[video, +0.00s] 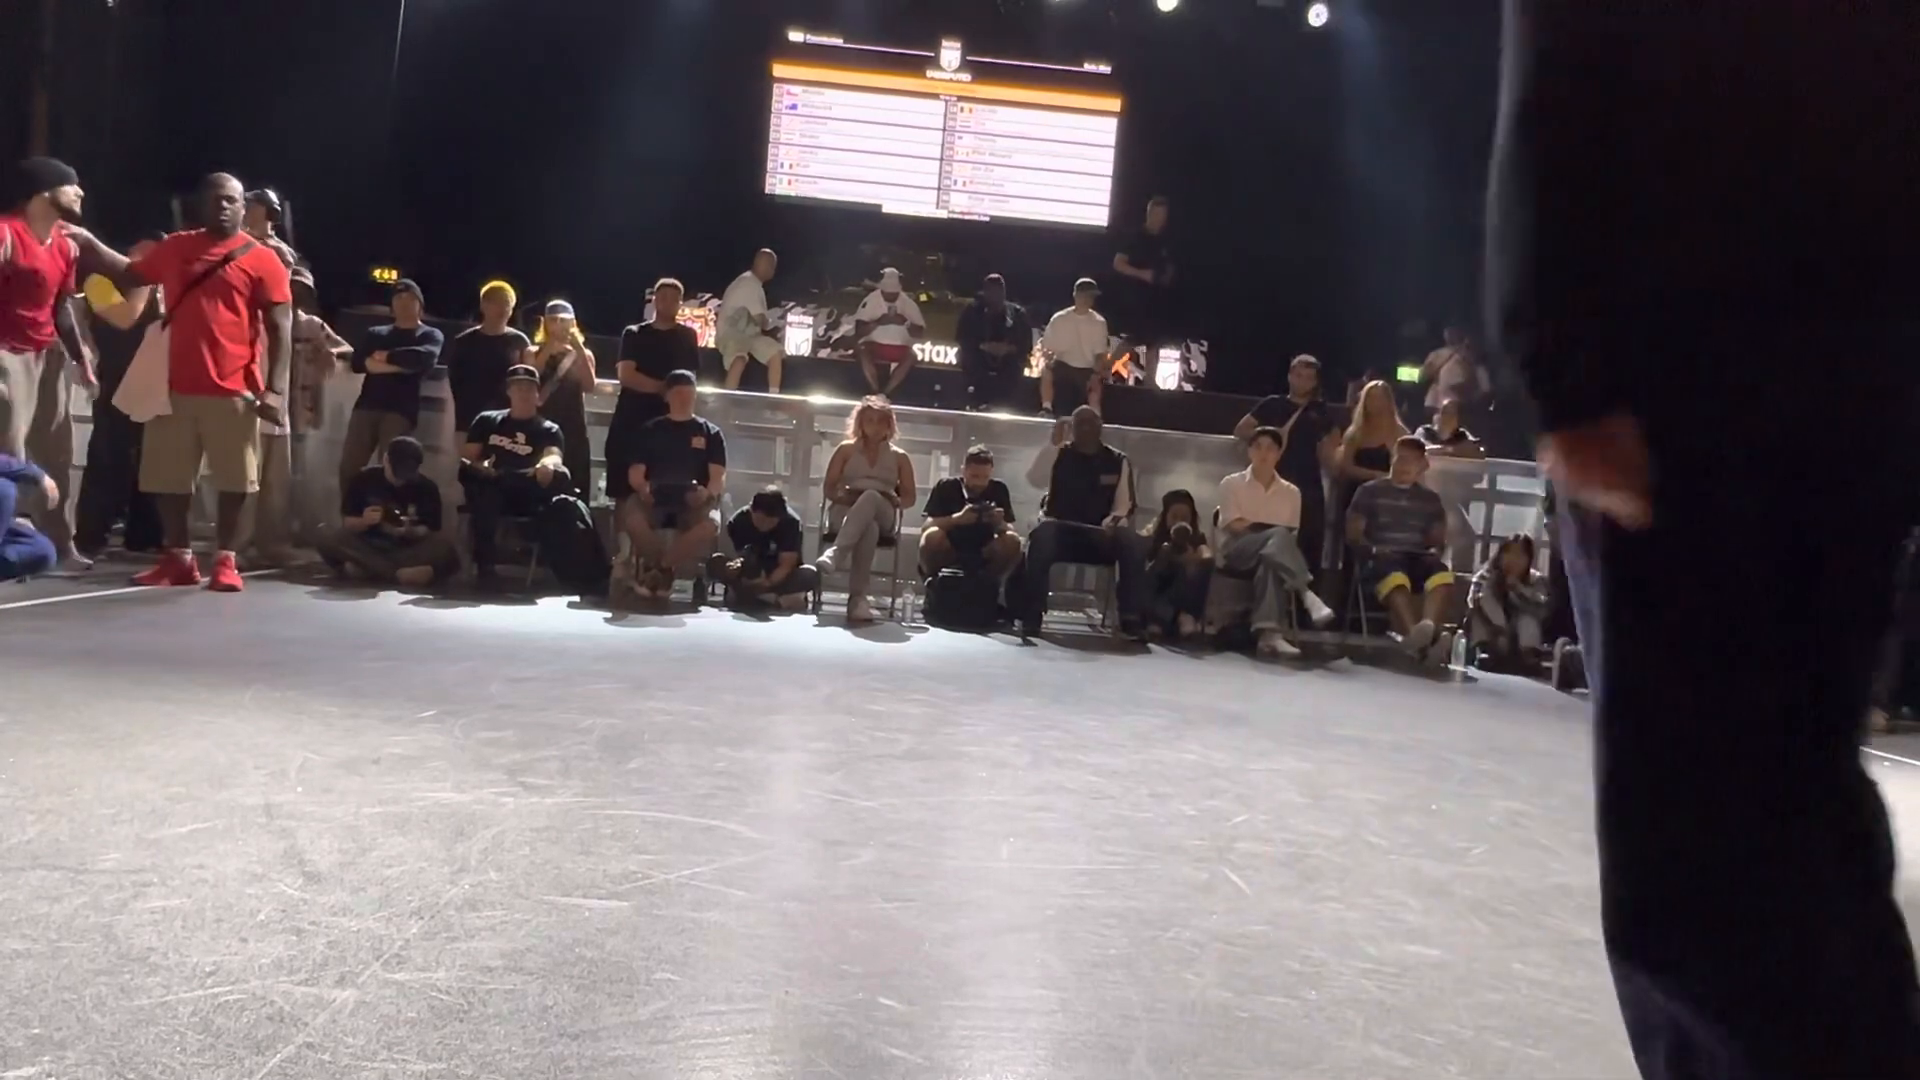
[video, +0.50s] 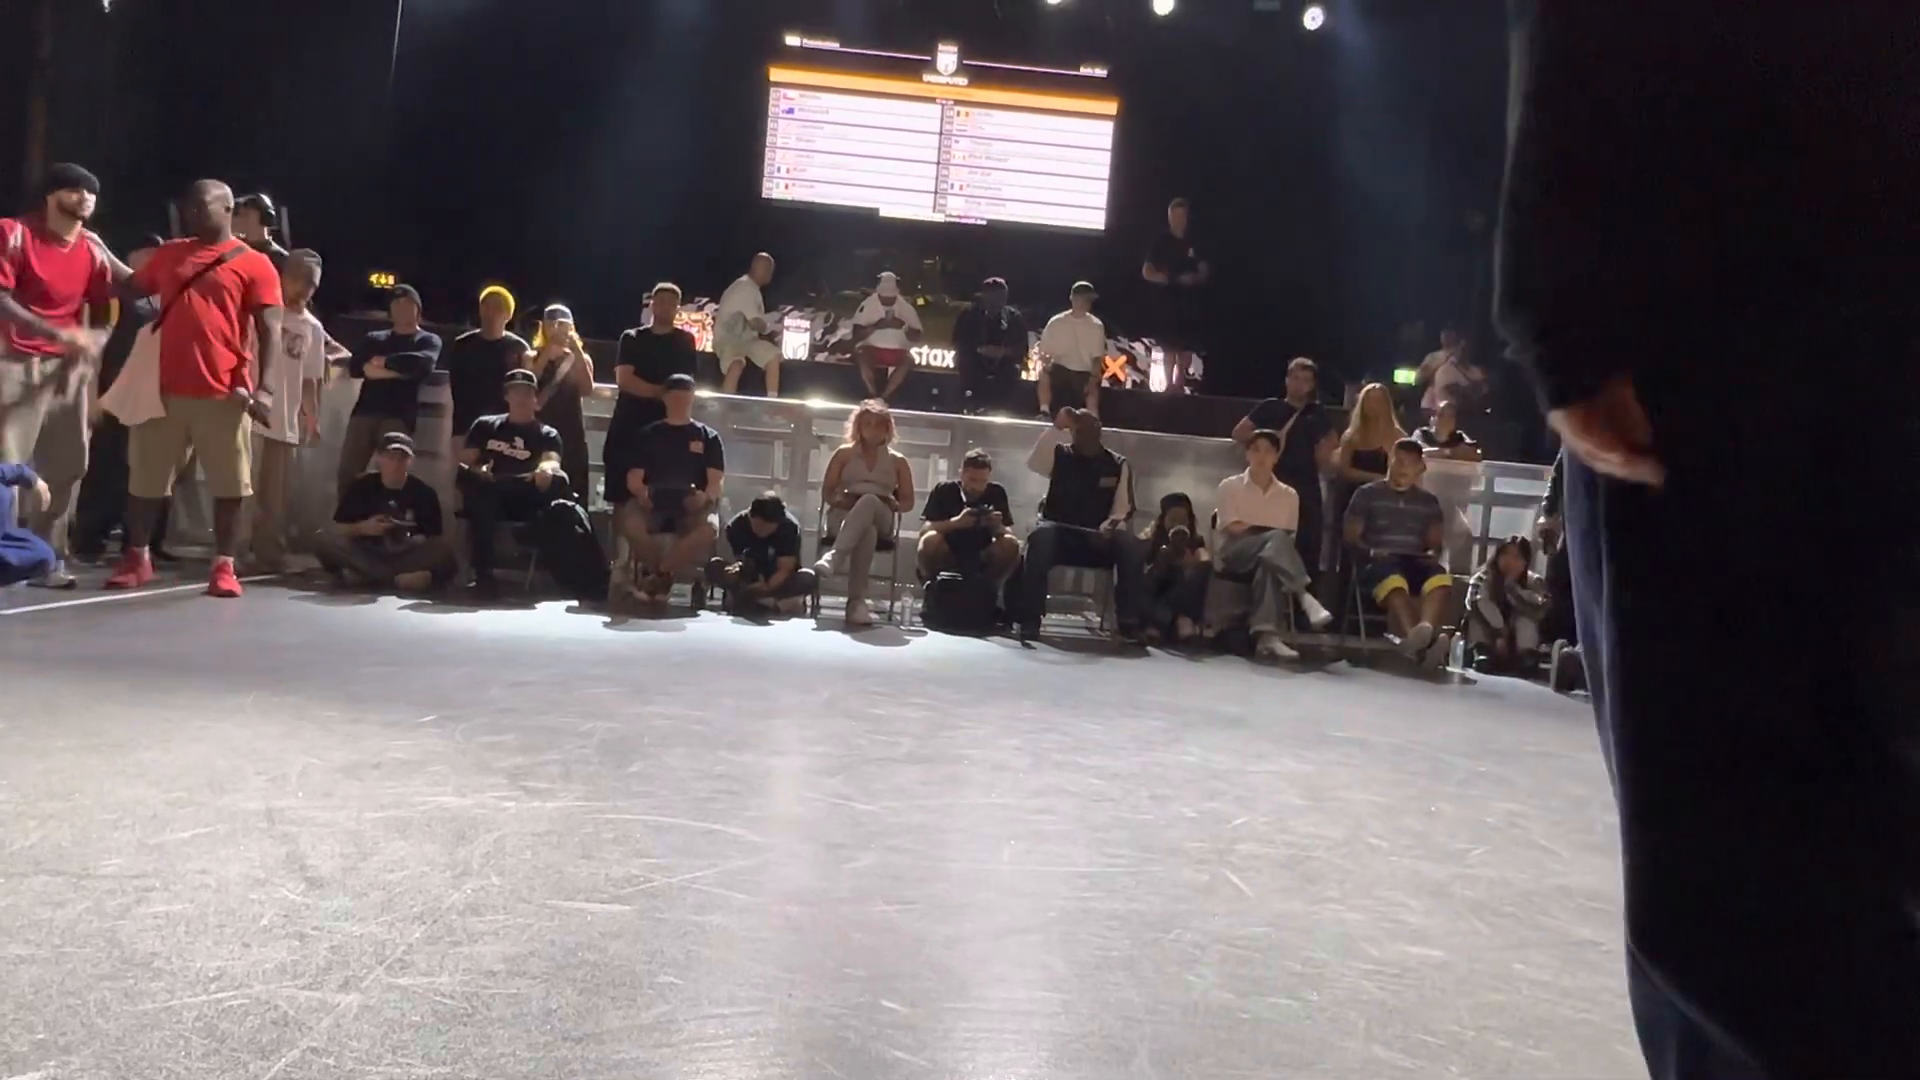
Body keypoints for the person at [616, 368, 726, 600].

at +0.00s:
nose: (683, 397)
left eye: (688, 391)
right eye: (678, 392)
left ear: (695, 395)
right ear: (667, 396)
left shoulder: (710, 432)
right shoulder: (649, 430)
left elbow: (717, 477)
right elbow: (635, 472)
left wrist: (706, 494)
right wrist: (645, 490)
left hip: (692, 493)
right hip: (656, 491)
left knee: (707, 527)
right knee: (633, 515)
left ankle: (658, 570)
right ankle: (663, 572)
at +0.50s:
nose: (680, 400)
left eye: (685, 394)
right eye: (675, 394)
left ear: (692, 397)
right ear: (665, 397)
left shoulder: (708, 437)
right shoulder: (647, 434)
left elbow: (715, 482)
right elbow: (633, 477)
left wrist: (704, 498)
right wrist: (644, 494)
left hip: (690, 499)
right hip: (654, 497)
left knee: (708, 530)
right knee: (630, 520)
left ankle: (659, 574)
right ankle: (662, 575)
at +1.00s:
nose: (671, 405)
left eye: (676, 400)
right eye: (666, 400)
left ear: (684, 402)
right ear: (657, 403)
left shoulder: (699, 441)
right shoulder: (638, 439)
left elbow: (706, 486)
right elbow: (625, 482)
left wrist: (696, 503)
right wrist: (635, 499)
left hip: (681, 503)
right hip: (645, 502)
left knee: (700, 533)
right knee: (621, 524)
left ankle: (653, 579)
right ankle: (654, 581)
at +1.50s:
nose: (659, 412)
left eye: (664, 407)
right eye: (654, 406)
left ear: (671, 409)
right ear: (644, 409)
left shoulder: (687, 447)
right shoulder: (625, 445)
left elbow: (695, 494)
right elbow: (613, 489)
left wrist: (679, 508)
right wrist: (628, 510)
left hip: (670, 509)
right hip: (633, 508)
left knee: (689, 537)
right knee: (608, 527)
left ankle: (642, 581)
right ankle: (639, 584)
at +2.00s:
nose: (653, 411)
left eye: (658, 405)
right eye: (648, 405)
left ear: (666, 408)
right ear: (638, 408)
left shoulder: (682, 445)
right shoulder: (620, 444)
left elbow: (690, 490)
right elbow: (609, 488)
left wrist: (678, 507)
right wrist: (622, 510)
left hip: (667, 509)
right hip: (629, 508)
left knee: (687, 537)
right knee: (605, 529)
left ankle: (639, 583)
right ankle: (639, 585)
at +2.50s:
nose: (661, 433)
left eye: (665, 427)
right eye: (655, 428)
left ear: (672, 431)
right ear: (645, 431)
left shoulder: (689, 467)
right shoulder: (628, 467)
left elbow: (698, 512)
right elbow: (616, 510)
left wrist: (687, 527)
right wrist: (628, 527)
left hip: (673, 528)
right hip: (637, 528)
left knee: (693, 558)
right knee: (613, 551)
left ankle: (647, 607)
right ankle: (648, 606)